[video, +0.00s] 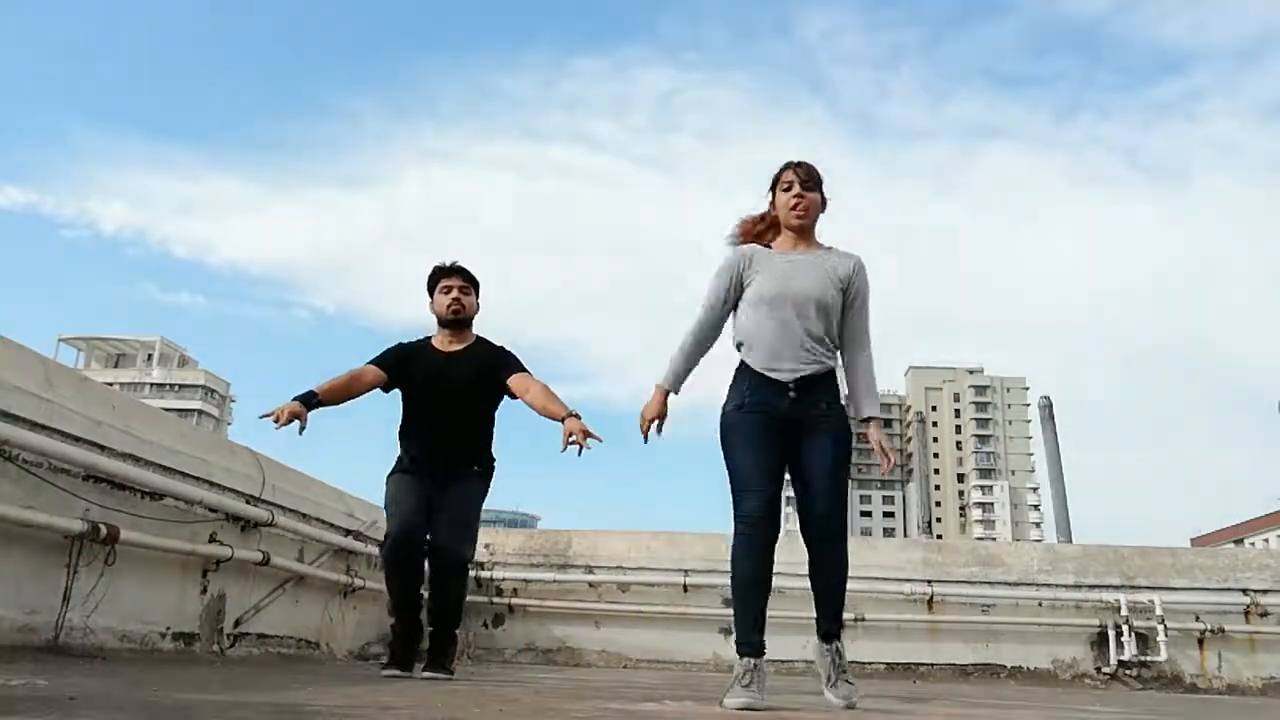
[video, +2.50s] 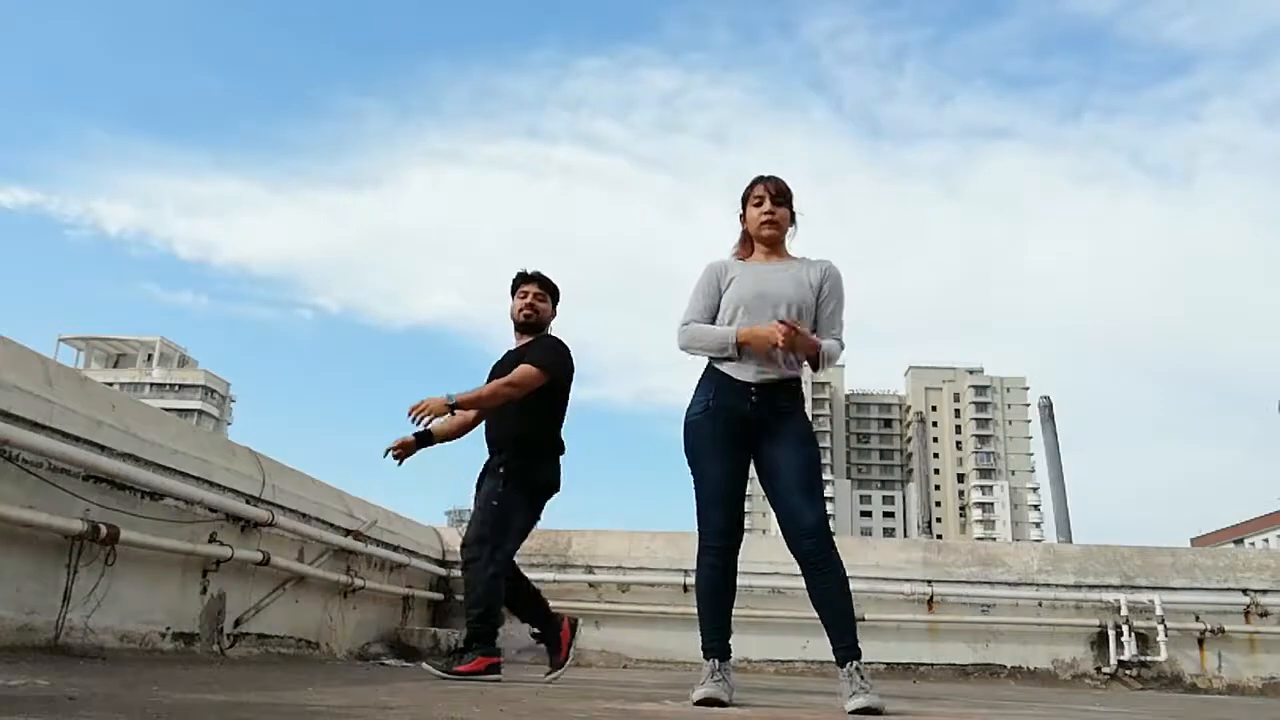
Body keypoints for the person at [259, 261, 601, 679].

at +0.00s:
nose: (455, 297)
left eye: (464, 291)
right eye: (446, 291)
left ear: (477, 304)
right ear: (432, 305)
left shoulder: (494, 358)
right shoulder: (408, 355)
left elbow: (529, 388)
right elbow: (359, 380)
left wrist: (566, 415)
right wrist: (306, 400)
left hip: (467, 477)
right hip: (412, 472)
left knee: (451, 555)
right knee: (401, 540)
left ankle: (442, 644)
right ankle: (404, 636)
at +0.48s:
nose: (449, 290)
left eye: (458, 285)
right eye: (440, 284)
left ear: (470, 298)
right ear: (425, 297)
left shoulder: (486, 348)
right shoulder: (403, 351)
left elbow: (513, 384)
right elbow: (359, 387)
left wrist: (544, 418)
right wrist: (307, 419)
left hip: (471, 462)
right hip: (419, 459)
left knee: (445, 535)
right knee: (403, 539)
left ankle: (458, 625)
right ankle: (411, 638)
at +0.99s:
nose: (474, 286)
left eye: (484, 283)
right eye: (467, 280)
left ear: (495, 296)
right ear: (453, 291)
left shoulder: (512, 348)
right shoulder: (430, 348)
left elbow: (527, 407)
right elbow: (417, 407)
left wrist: (527, 465)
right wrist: (414, 456)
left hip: (486, 470)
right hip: (432, 465)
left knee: (477, 565)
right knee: (412, 529)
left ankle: (464, 650)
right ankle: (426, 622)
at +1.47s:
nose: (475, 289)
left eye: (484, 285)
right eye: (467, 285)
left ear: (496, 298)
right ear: (455, 297)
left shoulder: (503, 338)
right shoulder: (443, 353)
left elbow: (469, 362)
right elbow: (398, 387)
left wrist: (437, 317)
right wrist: (377, 343)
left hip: (480, 461)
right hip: (443, 460)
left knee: (440, 541)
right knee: (415, 544)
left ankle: (472, 638)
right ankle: (446, 638)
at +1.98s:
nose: (506, 300)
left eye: (517, 297)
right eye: (500, 295)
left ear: (530, 313)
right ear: (489, 306)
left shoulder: (519, 343)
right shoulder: (493, 353)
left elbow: (523, 401)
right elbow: (497, 425)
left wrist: (528, 456)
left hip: (440, 456)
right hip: (451, 463)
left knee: (394, 538)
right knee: (410, 542)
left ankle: (433, 623)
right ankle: (431, 630)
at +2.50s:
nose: (530, 301)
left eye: (540, 298)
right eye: (523, 295)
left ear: (551, 312)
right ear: (511, 306)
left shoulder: (551, 351)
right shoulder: (505, 364)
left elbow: (509, 390)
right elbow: (469, 416)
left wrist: (451, 402)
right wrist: (419, 439)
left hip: (525, 469)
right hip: (503, 468)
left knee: (480, 550)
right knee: (488, 558)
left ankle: (482, 650)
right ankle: (552, 628)